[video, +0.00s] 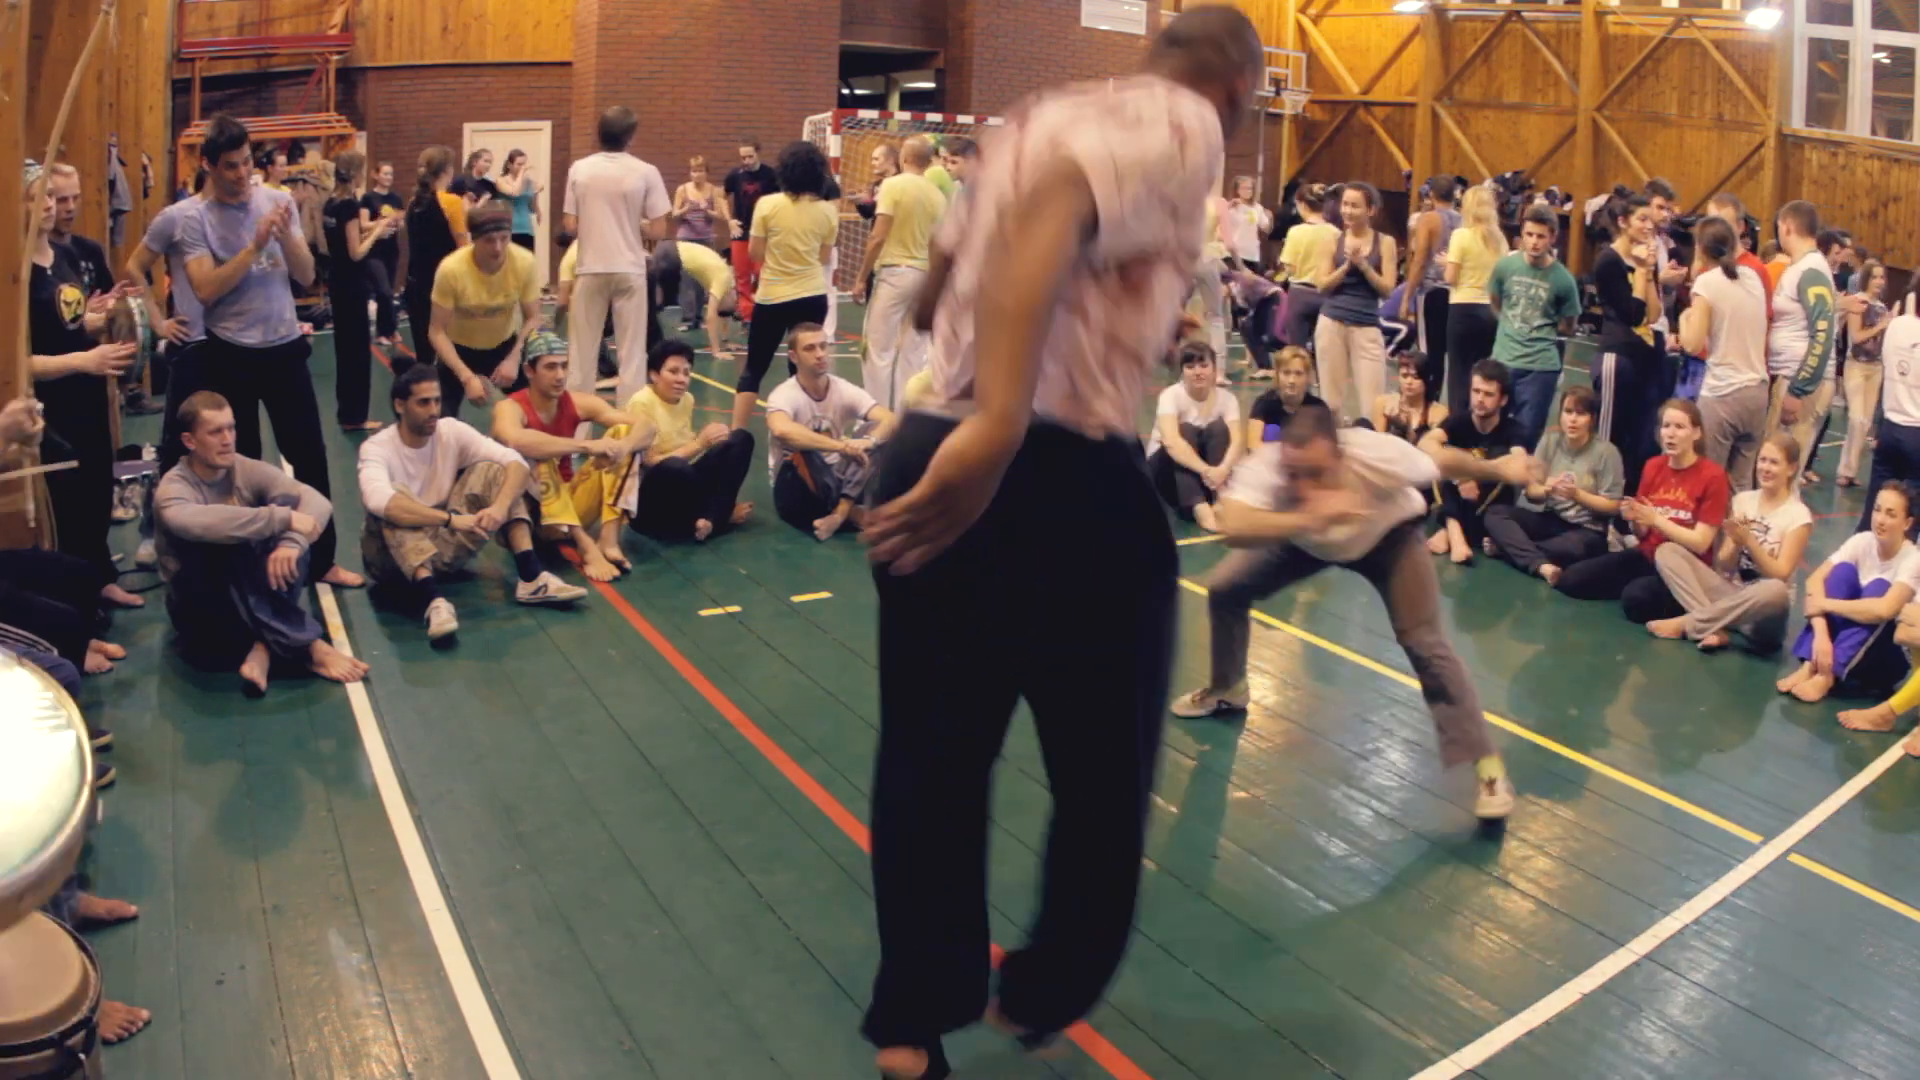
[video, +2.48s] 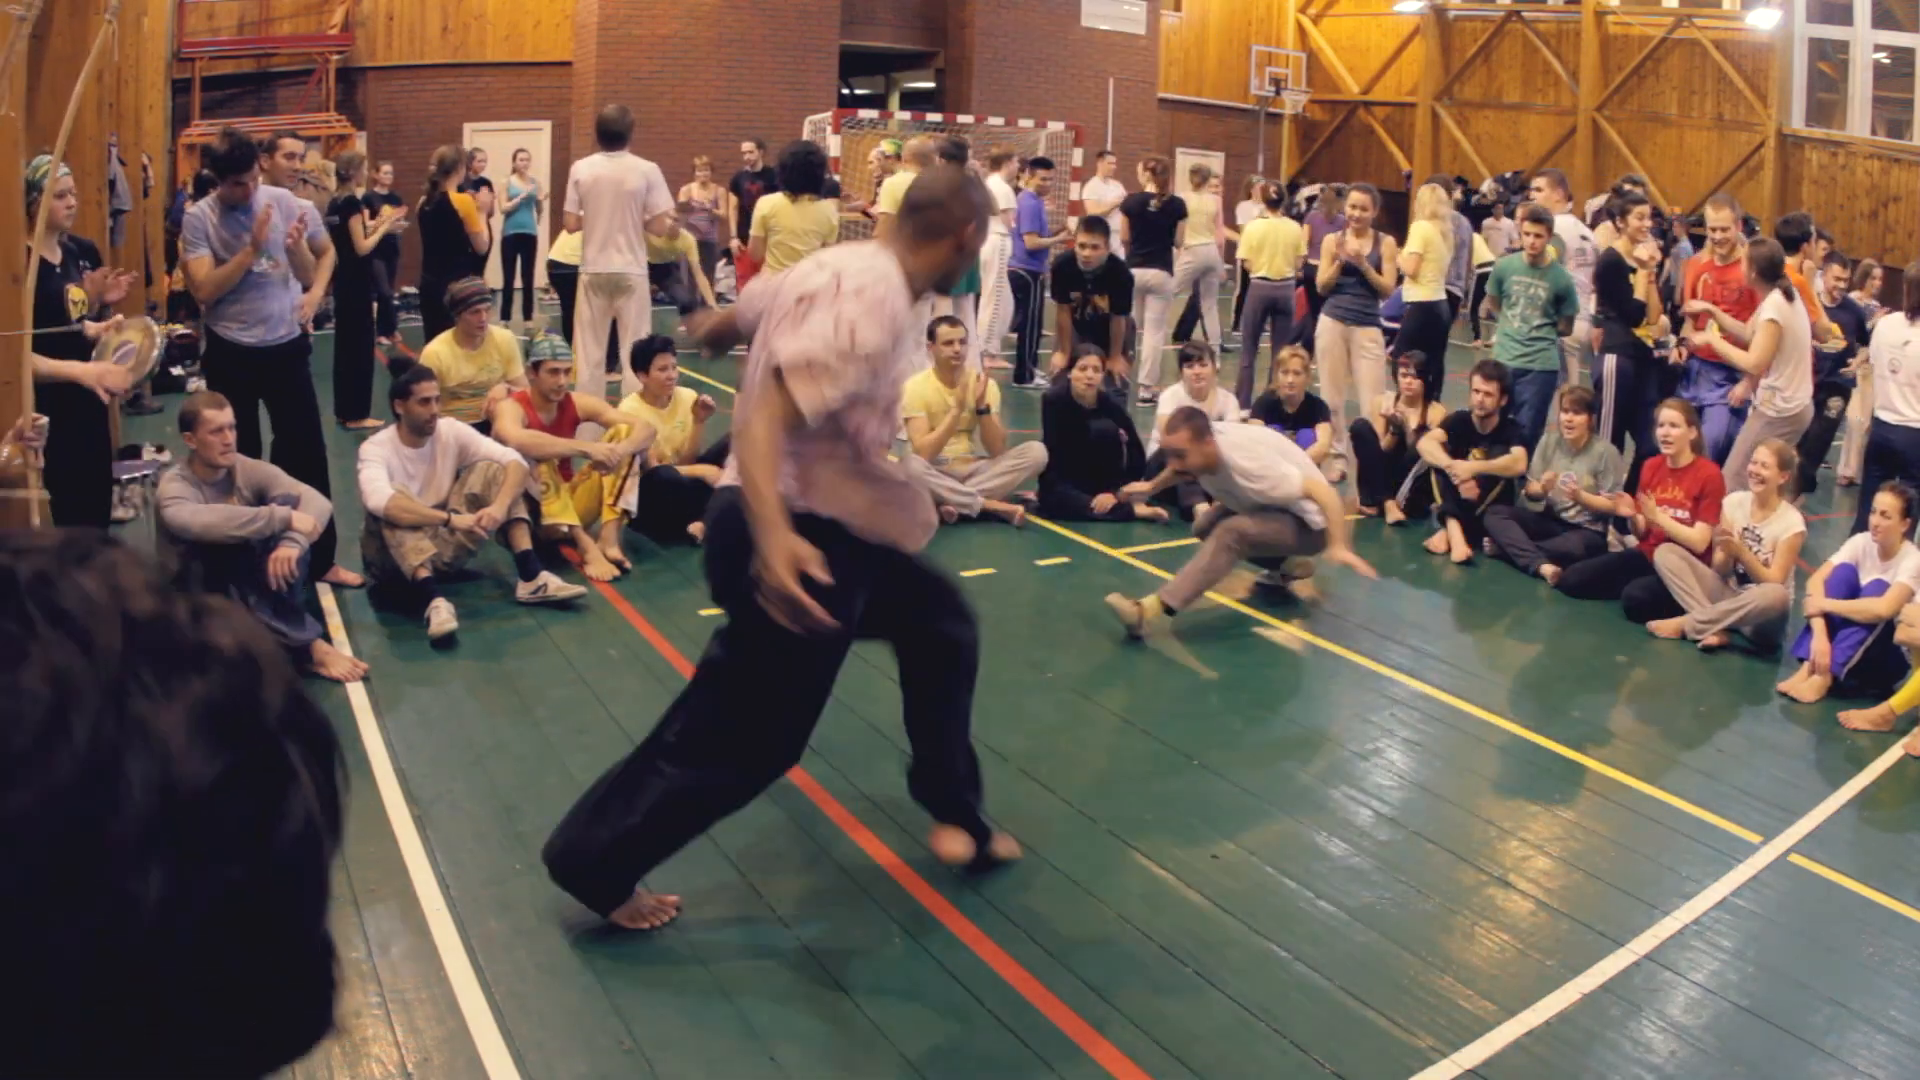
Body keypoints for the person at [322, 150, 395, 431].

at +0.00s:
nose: (369, 177)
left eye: (369, 171)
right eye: (367, 171)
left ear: (340, 171)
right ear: (357, 174)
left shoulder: (330, 205)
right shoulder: (349, 207)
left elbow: (344, 243)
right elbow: (356, 251)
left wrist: (373, 230)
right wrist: (376, 232)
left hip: (338, 279)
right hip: (353, 282)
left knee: (347, 343)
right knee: (358, 346)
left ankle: (347, 411)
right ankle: (355, 416)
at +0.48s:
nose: (369, 176)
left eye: (368, 170)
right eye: (366, 170)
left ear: (342, 170)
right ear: (355, 172)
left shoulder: (332, 204)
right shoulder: (348, 205)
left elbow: (345, 243)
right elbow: (355, 249)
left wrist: (373, 226)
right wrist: (380, 229)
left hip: (339, 278)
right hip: (352, 281)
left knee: (346, 343)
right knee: (356, 344)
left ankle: (347, 413)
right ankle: (354, 416)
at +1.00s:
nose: (364, 174)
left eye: (362, 168)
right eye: (361, 169)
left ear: (338, 171)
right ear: (352, 172)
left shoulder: (329, 203)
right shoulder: (347, 202)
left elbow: (333, 245)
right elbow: (353, 247)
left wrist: (368, 228)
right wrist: (372, 229)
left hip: (337, 276)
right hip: (350, 277)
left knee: (343, 340)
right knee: (353, 342)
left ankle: (343, 409)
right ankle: (351, 414)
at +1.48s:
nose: (361, 176)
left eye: (360, 171)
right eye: (359, 171)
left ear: (334, 173)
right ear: (350, 173)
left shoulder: (325, 204)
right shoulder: (346, 202)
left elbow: (337, 244)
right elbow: (353, 245)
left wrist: (362, 225)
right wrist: (375, 228)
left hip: (335, 280)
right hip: (350, 281)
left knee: (343, 342)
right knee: (358, 343)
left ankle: (342, 408)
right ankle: (356, 413)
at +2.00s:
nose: (368, 175)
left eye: (366, 169)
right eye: (365, 169)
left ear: (340, 171)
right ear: (356, 172)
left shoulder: (332, 203)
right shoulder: (350, 203)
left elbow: (346, 243)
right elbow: (359, 246)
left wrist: (375, 226)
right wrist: (376, 226)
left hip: (340, 280)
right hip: (356, 282)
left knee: (346, 342)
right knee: (359, 344)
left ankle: (344, 409)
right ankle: (354, 413)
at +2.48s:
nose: (370, 174)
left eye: (369, 169)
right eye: (367, 169)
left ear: (343, 172)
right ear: (356, 172)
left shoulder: (336, 203)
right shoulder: (352, 203)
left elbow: (353, 241)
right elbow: (361, 246)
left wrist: (376, 225)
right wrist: (384, 226)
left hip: (344, 281)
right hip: (357, 283)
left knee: (349, 343)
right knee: (360, 345)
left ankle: (347, 411)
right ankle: (355, 414)